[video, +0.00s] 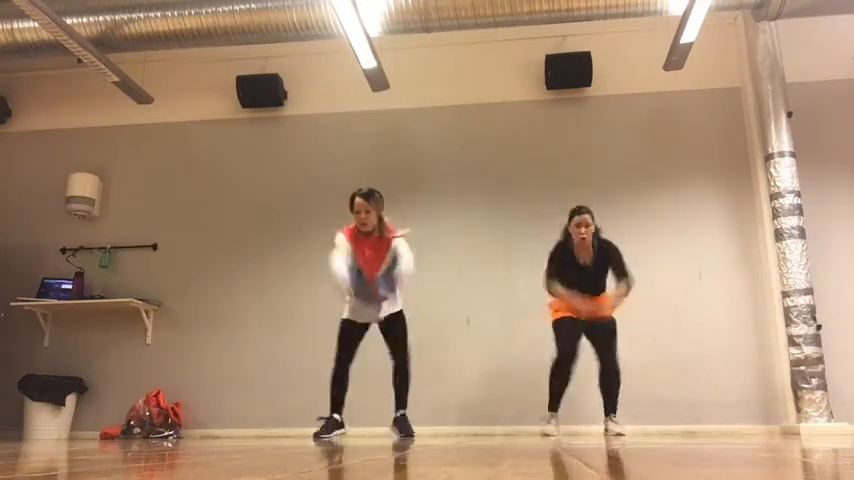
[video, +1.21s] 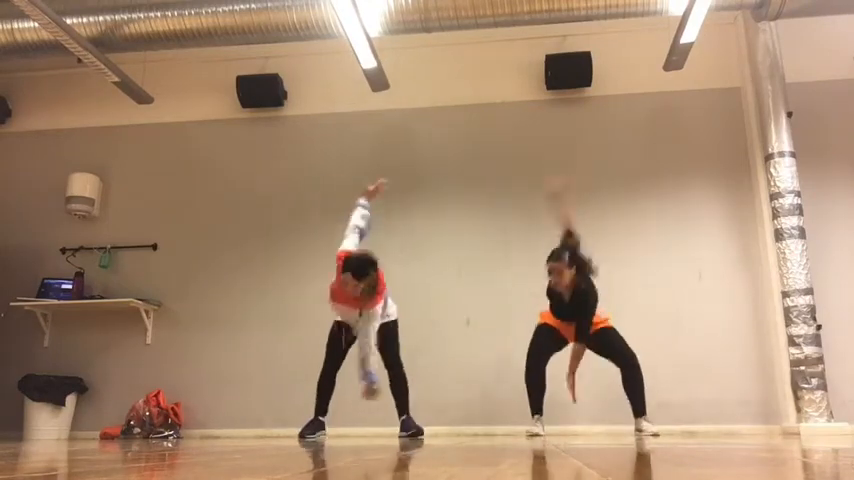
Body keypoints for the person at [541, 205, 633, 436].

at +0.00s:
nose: (582, 229)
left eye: (586, 224)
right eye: (577, 225)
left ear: (594, 227)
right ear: (569, 229)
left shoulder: (607, 249)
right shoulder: (561, 250)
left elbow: (626, 281)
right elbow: (551, 284)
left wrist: (612, 302)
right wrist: (577, 302)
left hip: (599, 309)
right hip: (567, 309)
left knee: (609, 360)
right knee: (566, 356)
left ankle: (610, 418)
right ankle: (552, 415)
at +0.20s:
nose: (582, 236)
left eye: (586, 231)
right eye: (577, 232)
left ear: (592, 224)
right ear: (568, 226)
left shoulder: (604, 234)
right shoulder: (556, 237)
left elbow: (621, 251)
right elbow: (538, 252)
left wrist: (618, 272)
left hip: (597, 302)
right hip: (561, 302)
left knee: (635, 350)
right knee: (526, 346)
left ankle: (613, 410)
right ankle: (543, 410)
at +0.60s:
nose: (571, 224)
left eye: (576, 218)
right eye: (566, 219)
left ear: (584, 218)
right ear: (558, 220)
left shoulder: (598, 235)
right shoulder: (549, 242)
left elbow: (617, 266)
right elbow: (546, 275)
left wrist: (600, 287)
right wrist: (552, 302)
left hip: (592, 299)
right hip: (559, 299)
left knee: (614, 346)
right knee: (540, 343)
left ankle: (624, 413)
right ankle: (543, 407)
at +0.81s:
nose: (570, 223)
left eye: (575, 218)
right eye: (565, 219)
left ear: (583, 219)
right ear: (557, 222)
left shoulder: (596, 234)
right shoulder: (549, 247)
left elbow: (628, 259)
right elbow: (544, 288)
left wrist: (610, 285)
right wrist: (545, 319)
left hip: (590, 299)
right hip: (556, 301)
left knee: (609, 353)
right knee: (541, 354)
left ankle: (625, 416)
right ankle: (541, 418)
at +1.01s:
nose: (575, 244)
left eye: (579, 238)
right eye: (570, 239)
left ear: (588, 233)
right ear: (562, 235)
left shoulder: (598, 251)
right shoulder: (556, 233)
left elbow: (603, 288)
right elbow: (540, 223)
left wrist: (601, 310)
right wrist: (528, 219)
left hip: (587, 303)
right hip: (553, 299)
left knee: (622, 343)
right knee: (539, 351)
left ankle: (639, 408)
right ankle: (533, 416)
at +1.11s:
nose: (561, 266)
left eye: (565, 260)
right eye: (557, 260)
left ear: (578, 255)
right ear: (552, 255)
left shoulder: (589, 278)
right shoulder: (557, 254)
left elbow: (585, 326)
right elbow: (569, 223)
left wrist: (577, 364)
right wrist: (568, 193)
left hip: (589, 317)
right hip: (557, 314)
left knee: (626, 357)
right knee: (534, 354)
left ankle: (638, 419)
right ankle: (536, 418)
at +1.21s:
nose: (553, 279)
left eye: (558, 273)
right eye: (550, 273)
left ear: (572, 271)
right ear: (548, 270)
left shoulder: (586, 292)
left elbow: (581, 338)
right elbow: (569, 233)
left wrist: (571, 372)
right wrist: (561, 198)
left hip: (590, 327)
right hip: (558, 326)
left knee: (628, 361)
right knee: (534, 359)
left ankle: (641, 421)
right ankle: (537, 420)